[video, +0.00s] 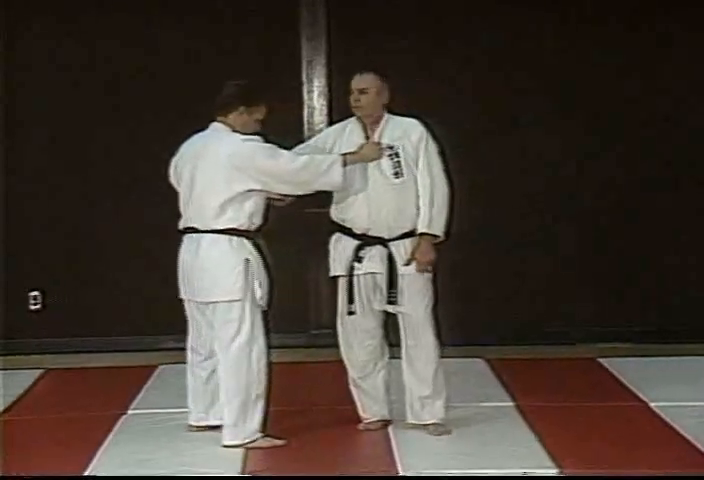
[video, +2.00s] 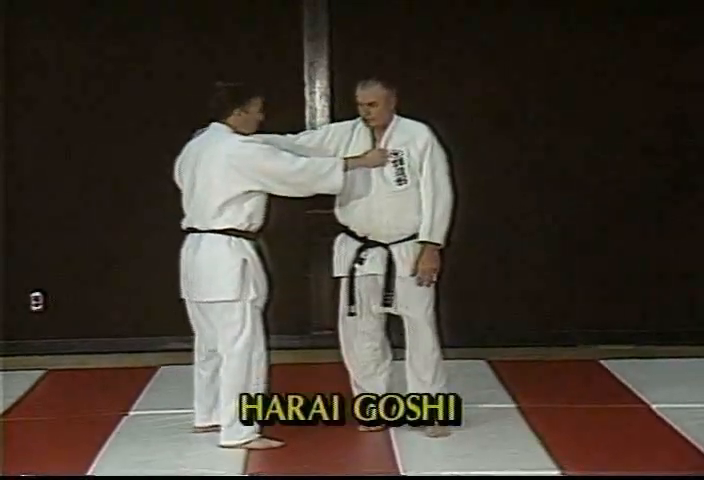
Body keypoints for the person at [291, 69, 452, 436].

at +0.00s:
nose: (356, 99)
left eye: (363, 93)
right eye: (352, 94)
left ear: (384, 96)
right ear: (349, 99)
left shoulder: (411, 133)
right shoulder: (337, 136)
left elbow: (435, 186)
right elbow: (294, 161)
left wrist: (428, 238)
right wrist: (274, 184)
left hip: (406, 246)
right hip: (354, 248)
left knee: (419, 331)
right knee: (359, 333)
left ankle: (428, 413)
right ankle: (372, 413)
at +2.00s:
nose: (366, 112)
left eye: (372, 106)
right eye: (361, 106)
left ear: (391, 103)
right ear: (356, 105)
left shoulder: (418, 137)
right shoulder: (345, 134)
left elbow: (439, 194)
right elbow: (297, 144)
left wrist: (431, 247)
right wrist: (246, 142)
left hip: (408, 248)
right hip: (358, 247)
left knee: (420, 327)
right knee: (360, 327)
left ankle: (429, 407)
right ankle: (372, 405)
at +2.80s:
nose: (363, 116)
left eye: (369, 109)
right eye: (358, 110)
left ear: (389, 105)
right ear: (354, 109)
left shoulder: (415, 137)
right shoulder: (345, 133)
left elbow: (430, 196)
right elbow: (294, 142)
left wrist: (392, 236)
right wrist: (242, 142)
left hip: (410, 244)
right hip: (358, 244)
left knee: (420, 324)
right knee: (360, 325)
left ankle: (433, 407)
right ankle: (373, 404)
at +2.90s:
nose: (367, 115)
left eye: (373, 107)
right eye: (362, 108)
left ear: (393, 104)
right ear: (358, 108)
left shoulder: (416, 137)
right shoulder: (349, 132)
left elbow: (417, 205)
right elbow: (299, 137)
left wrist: (363, 224)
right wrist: (245, 132)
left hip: (409, 246)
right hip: (359, 246)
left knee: (422, 330)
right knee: (361, 328)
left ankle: (434, 410)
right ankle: (374, 407)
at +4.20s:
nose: (400, 132)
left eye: (405, 124)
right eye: (395, 125)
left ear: (425, 115)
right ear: (390, 121)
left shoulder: (450, 144)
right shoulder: (387, 132)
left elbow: (414, 187)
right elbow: (340, 141)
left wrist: (347, 201)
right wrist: (290, 138)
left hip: (454, 245)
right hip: (412, 243)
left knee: (449, 329)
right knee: (412, 327)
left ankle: (443, 407)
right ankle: (419, 401)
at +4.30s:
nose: (400, 131)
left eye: (406, 124)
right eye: (395, 124)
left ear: (426, 116)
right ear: (391, 120)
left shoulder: (451, 146)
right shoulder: (386, 133)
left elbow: (412, 189)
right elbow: (341, 141)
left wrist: (346, 202)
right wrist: (291, 138)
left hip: (457, 243)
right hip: (419, 243)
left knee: (452, 325)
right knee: (429, 323)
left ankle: (447, 398)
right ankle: (436, 390)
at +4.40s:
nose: (401, 132)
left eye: (407, 124)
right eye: (396, 124)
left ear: (427, 116)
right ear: (392, 120)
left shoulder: (451, 146)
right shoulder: (388, 132)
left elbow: (412, 190)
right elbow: (343, 140)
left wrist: (344, 202)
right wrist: (294, 136)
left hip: (456, 242)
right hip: (422, 239)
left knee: (450, 322)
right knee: (437, 303)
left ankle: (441, 396)